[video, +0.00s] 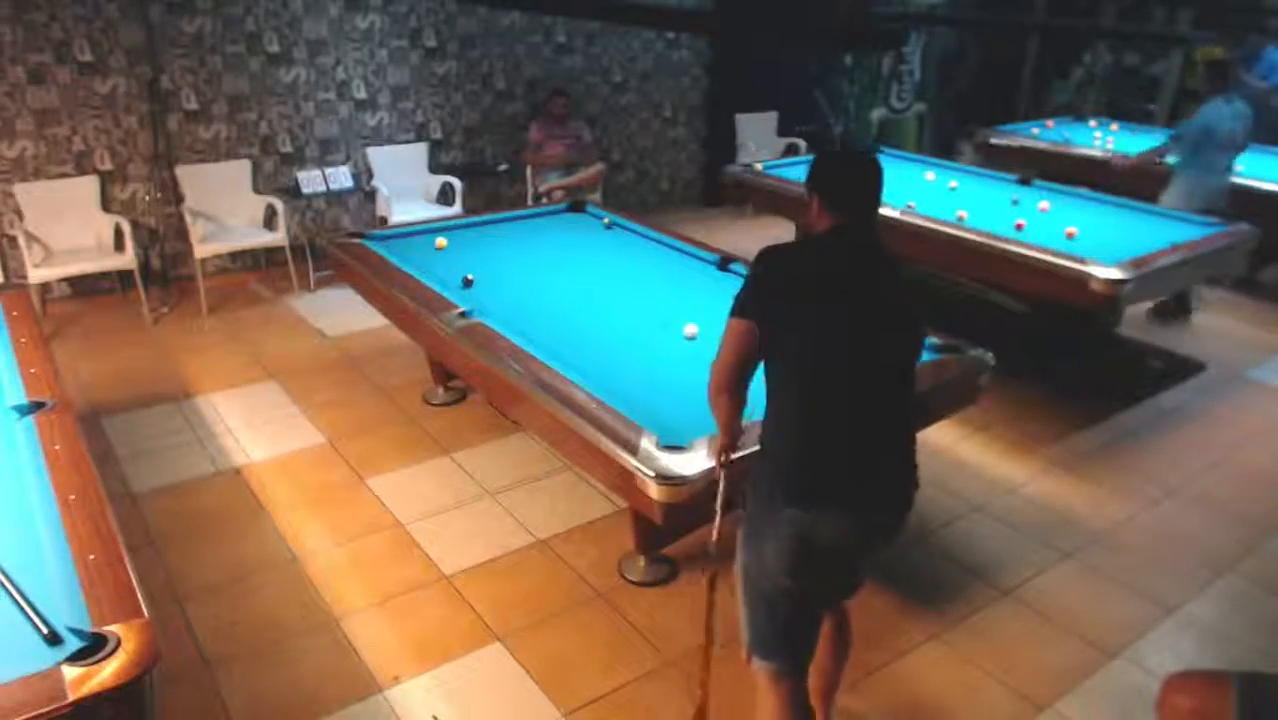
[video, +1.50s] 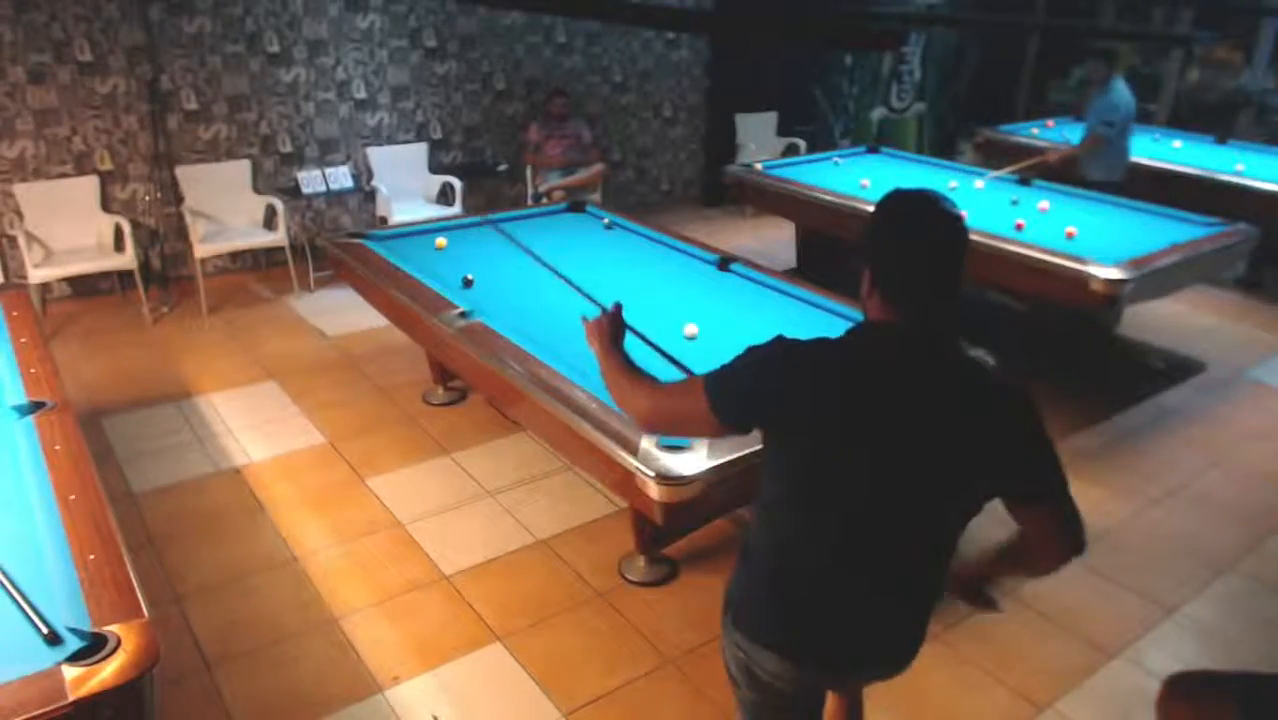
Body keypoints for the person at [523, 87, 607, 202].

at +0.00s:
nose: (560, 110)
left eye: (564, 106)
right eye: (556, 105)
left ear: (569, 107)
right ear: (549, 106)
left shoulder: (578, 126)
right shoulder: (539, 126)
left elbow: (591, 151)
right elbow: (529, 156)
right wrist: (558, 160)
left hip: (576, 166)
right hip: (549, 169)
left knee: (600, 168)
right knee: (559, 196)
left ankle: (550, 188)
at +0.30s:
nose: (560, 110)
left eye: (564, 106)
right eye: (556, 105)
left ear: (569, 107)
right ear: (549, 106)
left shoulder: (578, 126)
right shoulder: (539, 126)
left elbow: (591, 151)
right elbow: (529, 156)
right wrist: (558, 160)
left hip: (576, 166)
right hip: (549, 169)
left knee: (600, 168)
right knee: (559, 195)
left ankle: (550, 188)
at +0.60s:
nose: (560, 110)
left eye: (563, 106)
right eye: (556, 105)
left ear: (569, 107)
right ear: (548, 107)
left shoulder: (578, 126)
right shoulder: (539, 127)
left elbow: (592, 152)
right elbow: (530, 157)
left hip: (577, 167)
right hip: (550, 170)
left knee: (600, 168)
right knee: (559, 196)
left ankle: (549, 188)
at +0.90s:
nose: (560, 110)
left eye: (563, 106)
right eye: (556, 105)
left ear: (569, 107)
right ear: (548, 106)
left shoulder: (578, 126)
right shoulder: (539, 127)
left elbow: (592, 152)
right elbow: (530, 156)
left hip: (577, 167)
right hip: (550, 171)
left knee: (600, 168)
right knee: (559, 196)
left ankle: (549, 188)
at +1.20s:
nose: (560, 110)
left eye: (564, 106)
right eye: (556, 106)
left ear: (569, 107)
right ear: (549, 107)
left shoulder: (578, 125)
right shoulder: (539, 127)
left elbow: (591, 151)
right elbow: (530, 156)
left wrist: (570, 159)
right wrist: (554, 161)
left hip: (576, 166)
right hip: (550, 170)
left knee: (600, 169)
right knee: (559, 196)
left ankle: (548, 188)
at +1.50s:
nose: (560, 110)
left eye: (563, 106)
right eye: (556, 106)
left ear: (569, 107)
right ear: (548, 107)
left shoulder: (578, 125)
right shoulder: (539, 126)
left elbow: (592, 153)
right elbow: (530, 157)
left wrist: (571, 160)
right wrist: (555, 162)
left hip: (577, 166)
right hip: (551, 170)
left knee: (600, 169)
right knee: (559, 196)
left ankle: (549, 188)